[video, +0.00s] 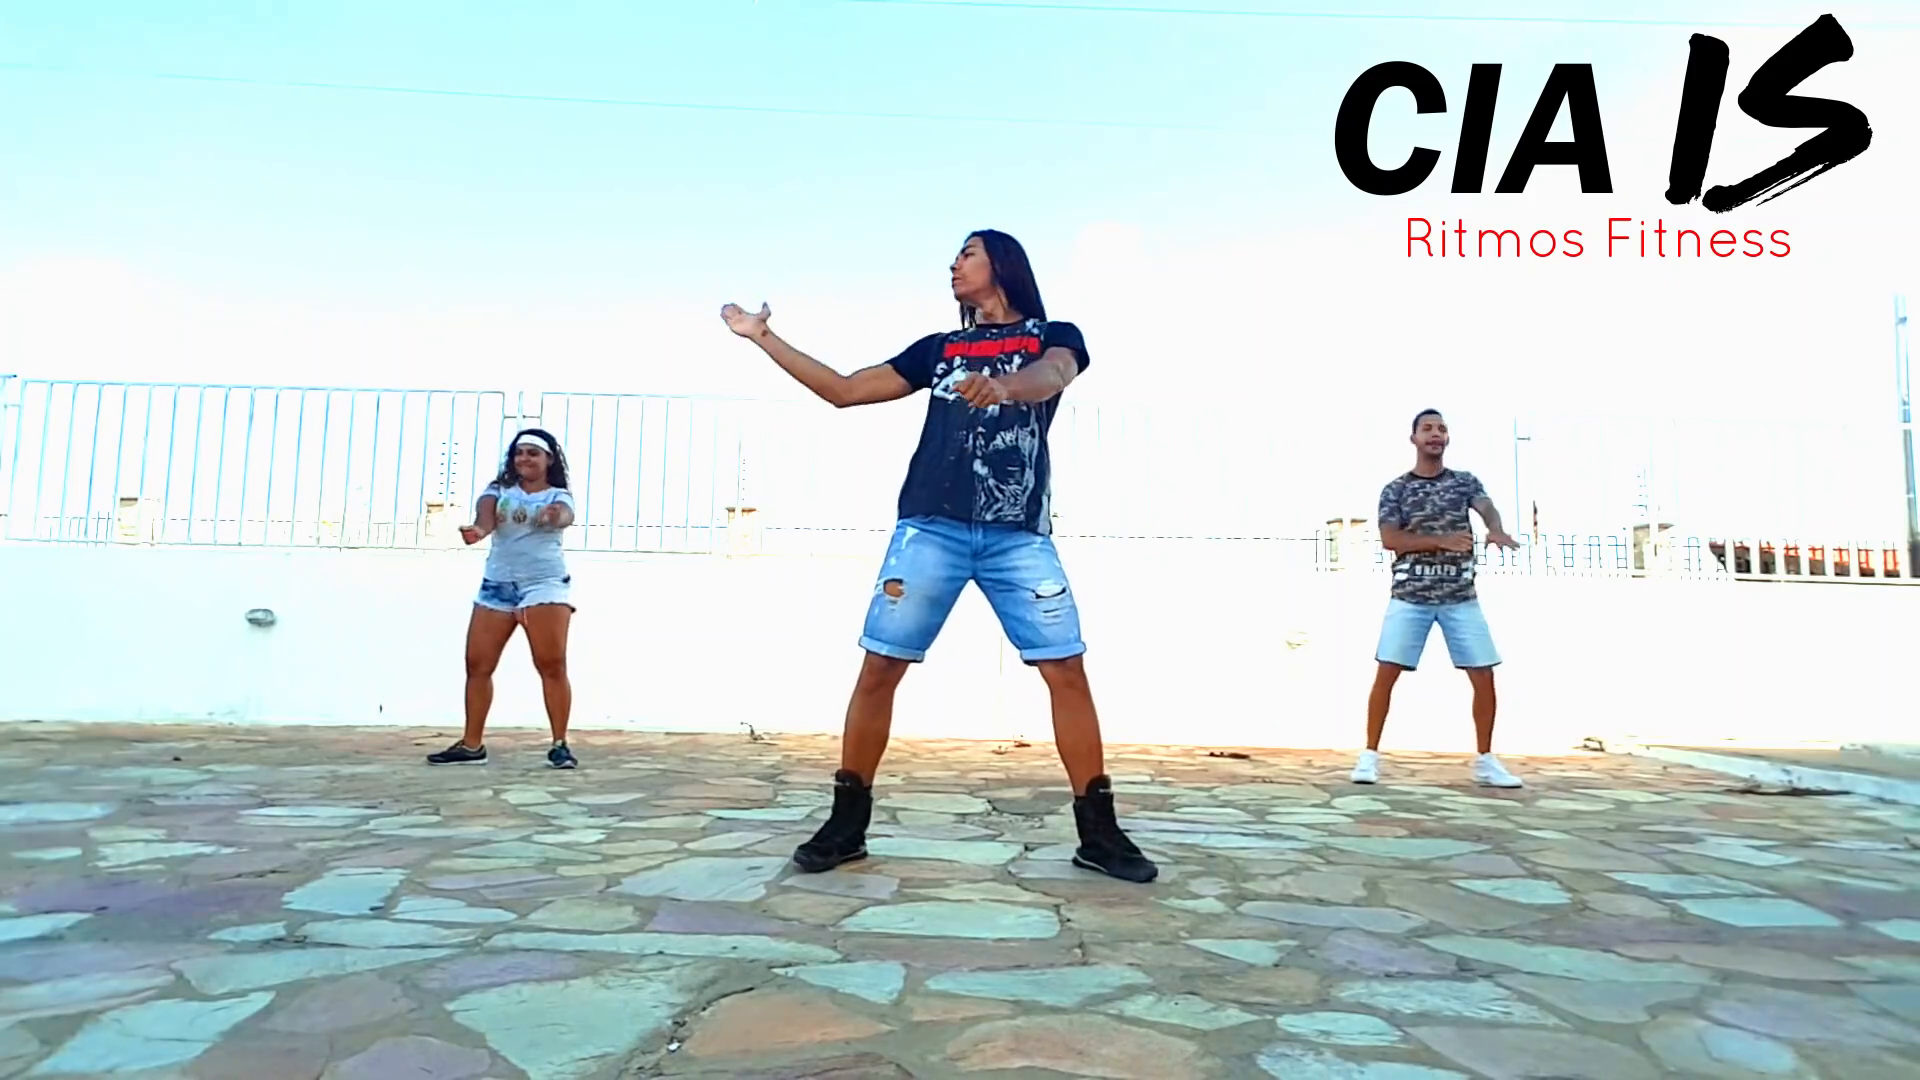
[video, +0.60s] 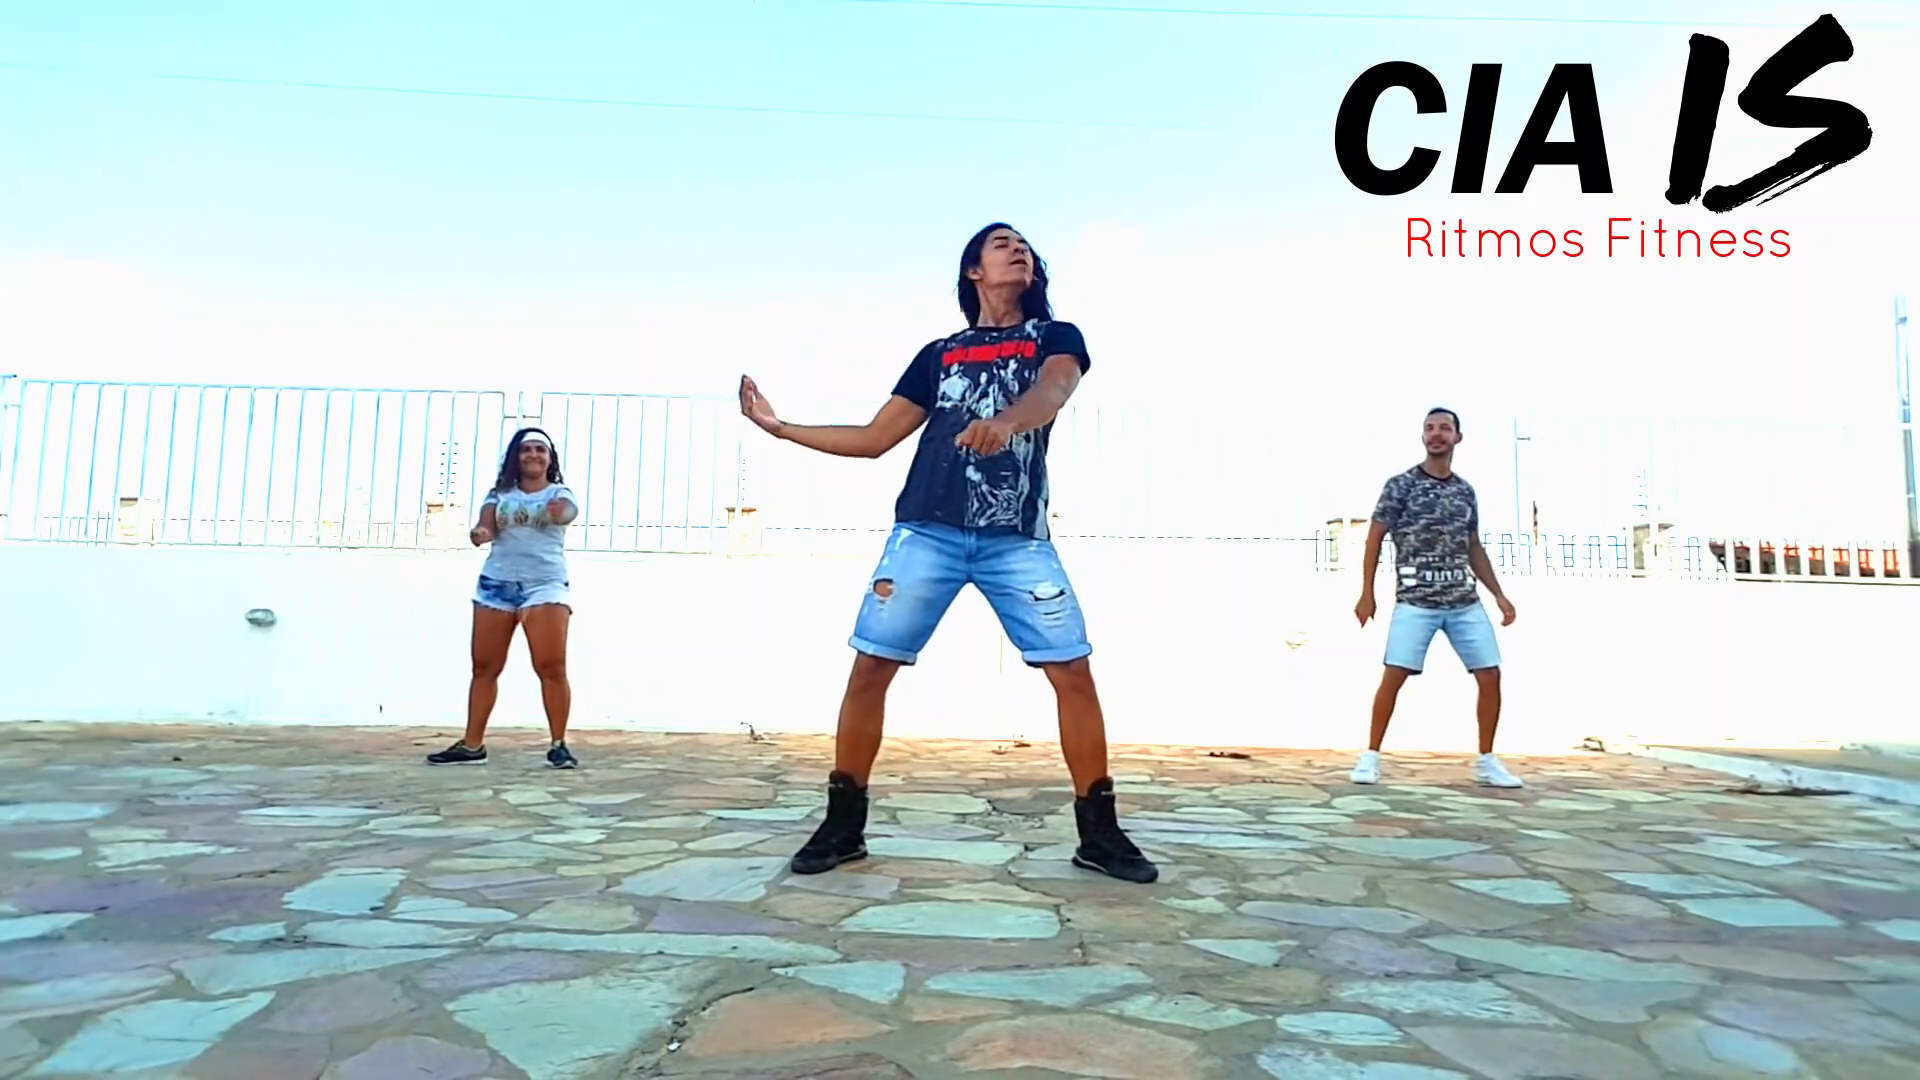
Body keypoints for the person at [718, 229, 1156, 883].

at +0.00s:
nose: (954, 266)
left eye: (967, 255)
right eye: (956, 257)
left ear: (1001, 267)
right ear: (975, 274)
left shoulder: (1055, 335)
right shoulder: (942, 347)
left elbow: (1054, 374)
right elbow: (845, 388)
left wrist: (1005, 386)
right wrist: (765, 336)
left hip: (1018, 534)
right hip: (929, 529)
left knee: (1066, 668)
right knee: (878, 668)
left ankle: (1099, 832)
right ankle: (845, 822)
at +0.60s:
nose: (1020, 253)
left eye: (1026, 249)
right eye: (1003, 247)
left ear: (1035, 275)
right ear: (974, 274)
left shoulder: (1057, 335)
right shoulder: (941, 354)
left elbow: (1053, 391)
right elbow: (873, 438)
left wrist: (1006, 423)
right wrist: (779, 426)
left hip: (1018, 538)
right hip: (928, 533)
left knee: (1073, 669)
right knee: (870, 666)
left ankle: (1099, 831)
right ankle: (842, 823)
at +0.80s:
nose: (986, 244)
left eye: (993, 235)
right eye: (971, 241)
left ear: (1013, 254)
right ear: (956, 268)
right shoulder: (938, 341)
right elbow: (910, 439)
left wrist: (1017, 462)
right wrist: (860, 484)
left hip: (1023, 532)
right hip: (933, 527)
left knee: (1073, 667)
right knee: (880, 666)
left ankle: (1101, 831)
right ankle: (843, 822)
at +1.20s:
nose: (948, 246)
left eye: (958, 236)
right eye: (934, 240)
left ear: (978, 253)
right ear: (919, 263)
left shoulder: (1017, 326)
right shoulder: (899, 332)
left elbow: (1033, 368)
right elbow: (857, 410)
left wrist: (1015, 385)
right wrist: (803, 393)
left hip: (994, 520)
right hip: (904, 518)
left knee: (1051, 655)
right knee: (844, 654)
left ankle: (1105, 811)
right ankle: (823, 806)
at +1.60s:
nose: (877, 284)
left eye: (885, 272)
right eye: (863, 276)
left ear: (904, 283)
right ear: (848, 291)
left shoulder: (933, 358)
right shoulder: (822, 358)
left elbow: (963, 398)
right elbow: (778, 403)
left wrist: (925, 396)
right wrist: (816, 382)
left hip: (916, 551)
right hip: (828, 548)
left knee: (981, 674)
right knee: (760, 670)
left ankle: (1019, 820)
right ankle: (744, 820)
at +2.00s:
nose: (787, 280)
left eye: (796, 269)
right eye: (773, 273)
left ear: (814, 283)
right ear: (757, 291)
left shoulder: (839, 355)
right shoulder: (732, 363)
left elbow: (870, 393)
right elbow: (721, 414)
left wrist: (842, 359)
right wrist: (772, 387)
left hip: (828, 557)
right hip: (737, 552)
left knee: (887, 678)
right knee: (660, 672)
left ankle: (924, 812)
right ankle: (642, 813)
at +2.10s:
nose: (767, 246)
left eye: (776, 236)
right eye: (753, 239)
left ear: (794, 251)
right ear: (736, 257)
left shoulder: (826, 326)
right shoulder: (716, 326)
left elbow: (868, 375)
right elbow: (696, 399)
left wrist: (850, 351)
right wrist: (689, 343)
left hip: (811, 519)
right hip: (723, 519)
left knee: (871, 643)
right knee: (660, 648)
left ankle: (925, 789)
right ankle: (636, 796)